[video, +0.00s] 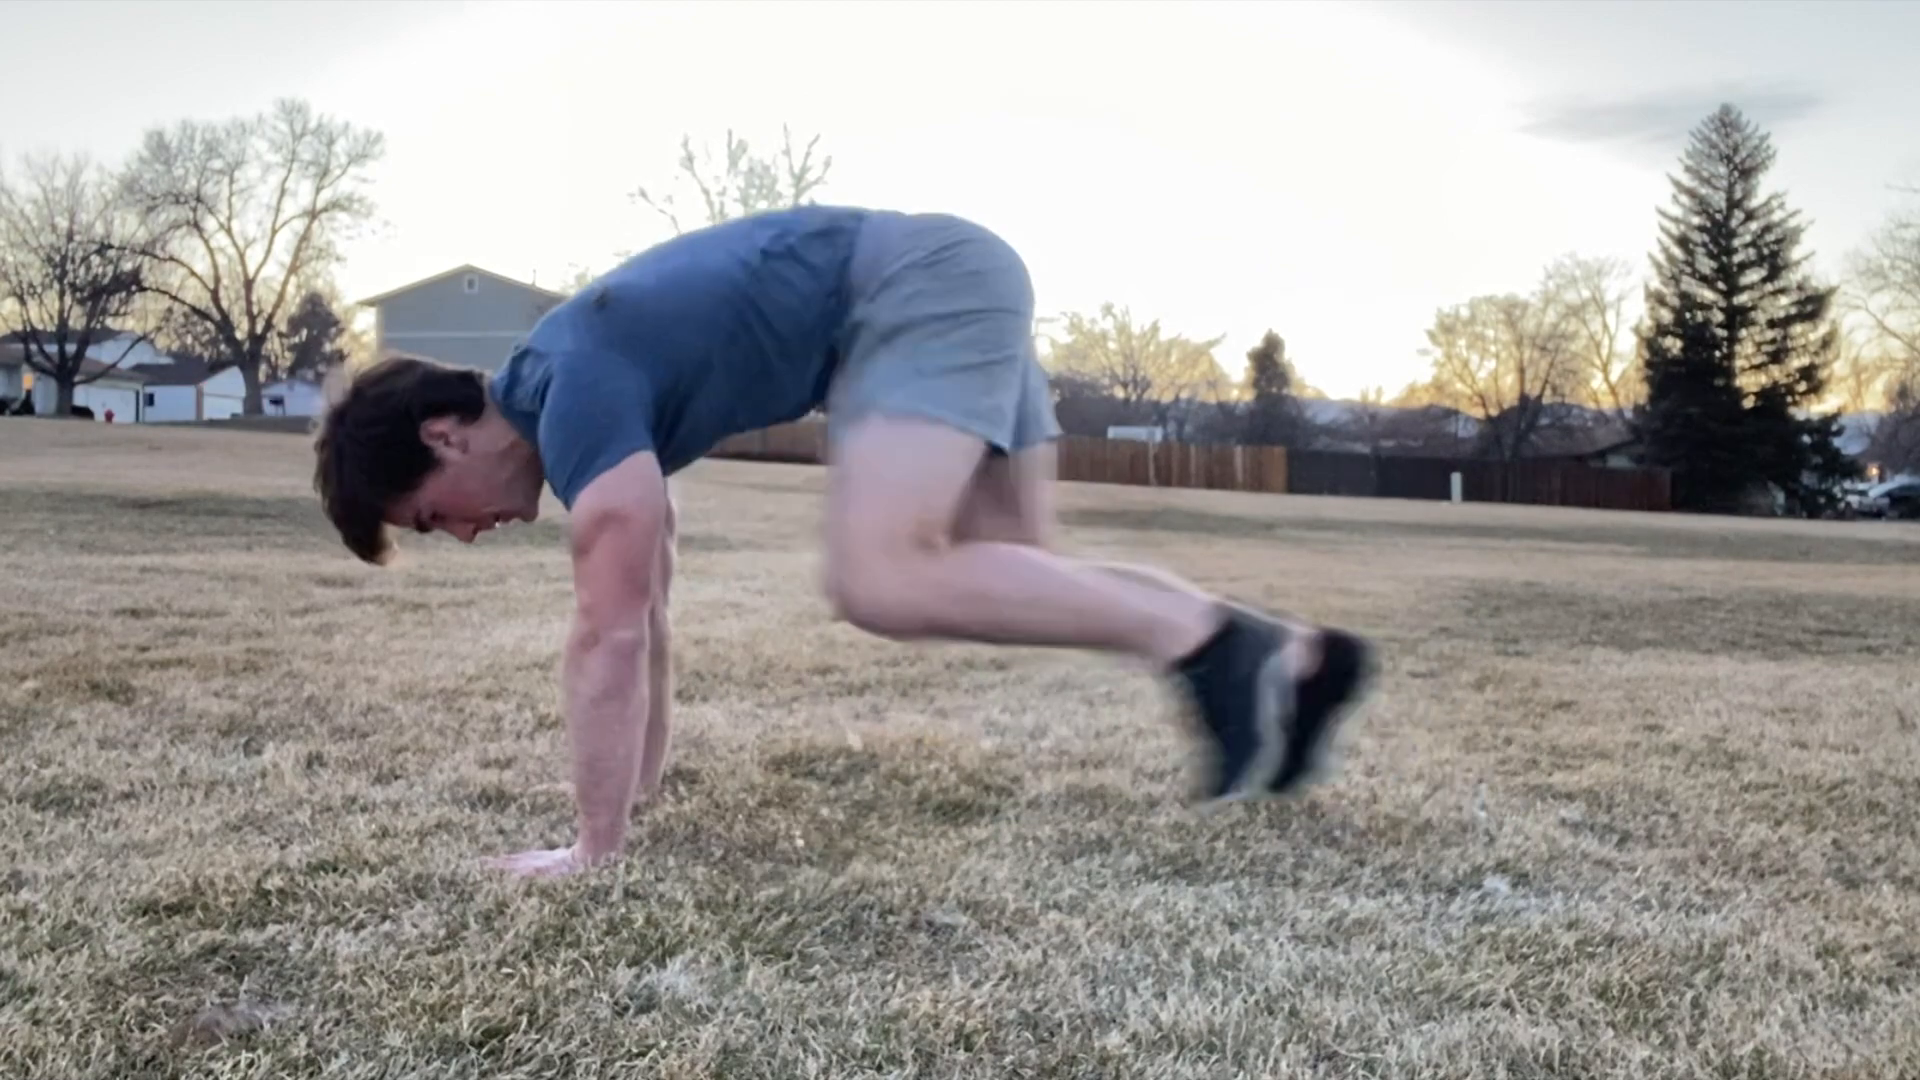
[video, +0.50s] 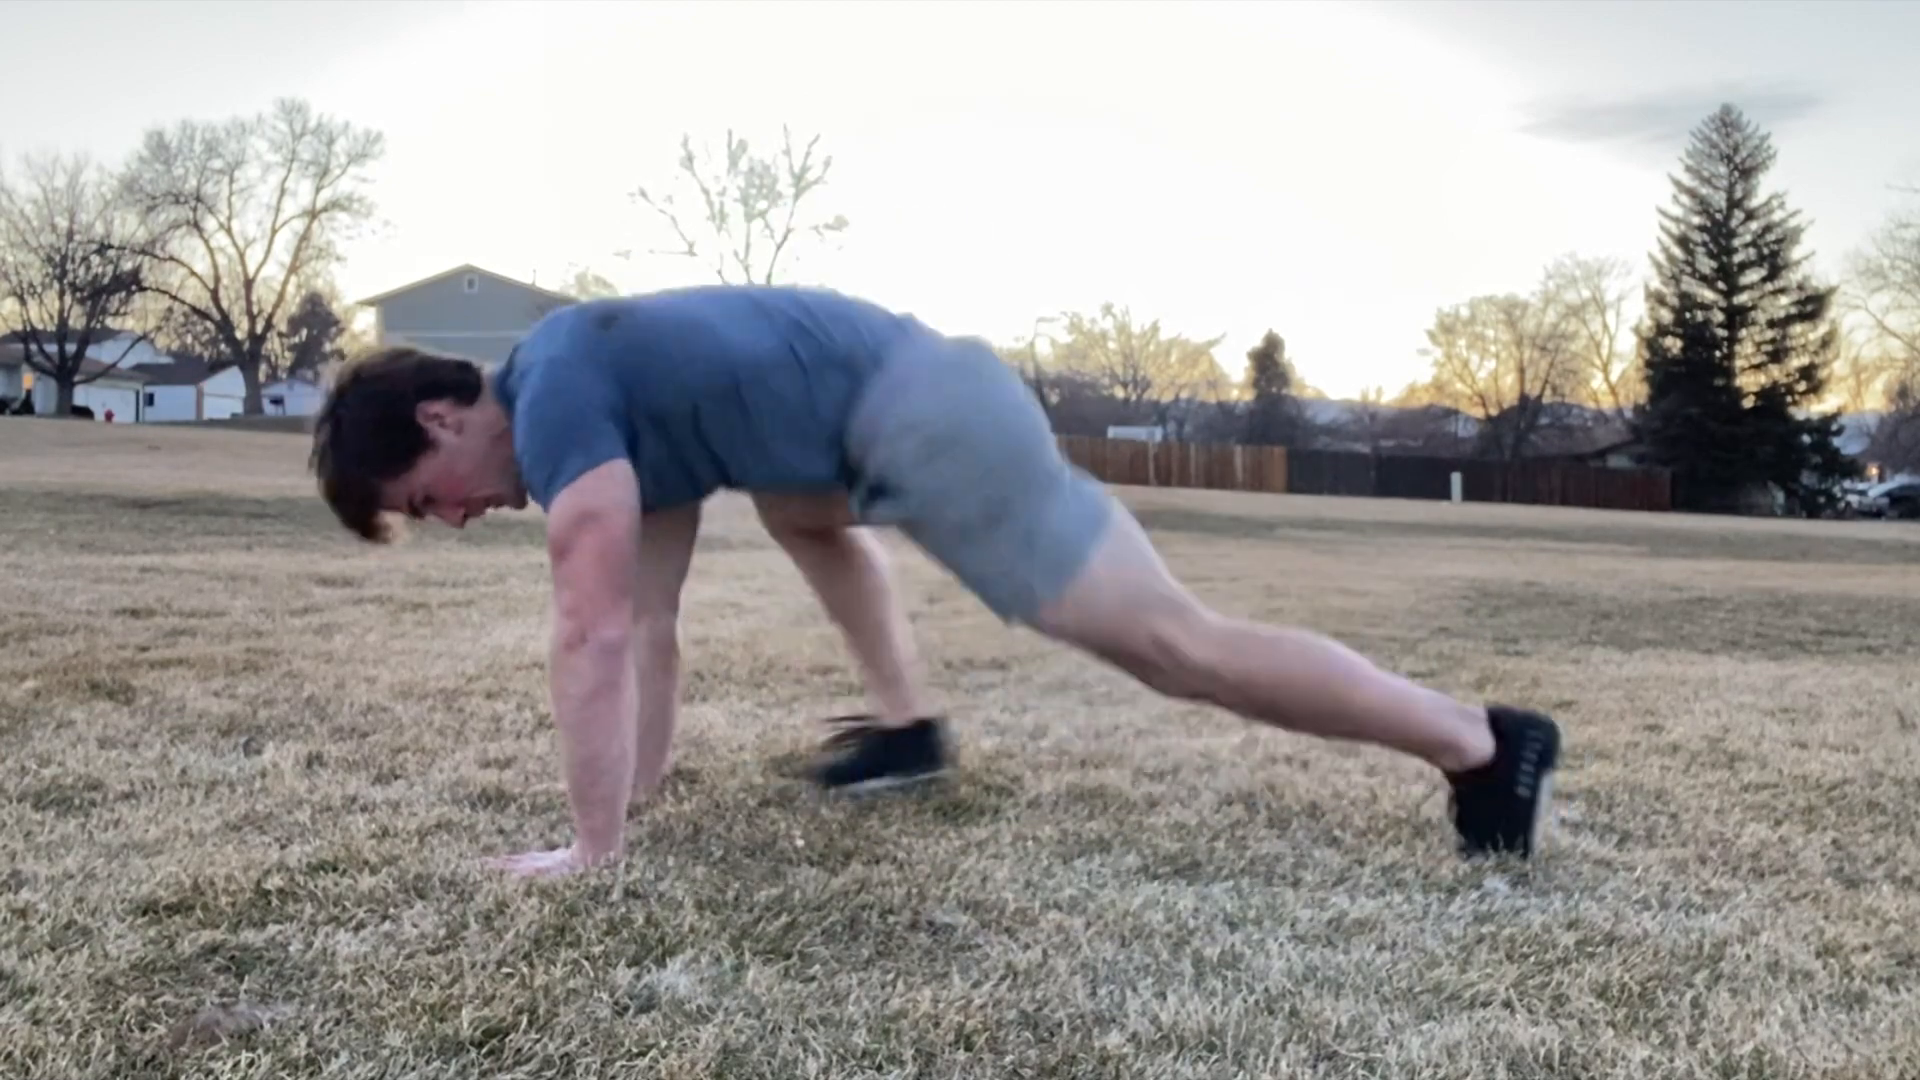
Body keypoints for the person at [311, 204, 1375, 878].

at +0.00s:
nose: (465, 533)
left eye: (437, 514)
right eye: (439, 528)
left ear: (444, 438)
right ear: (457, 426)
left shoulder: (576, 376)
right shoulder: (579, 383)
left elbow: (612, 628)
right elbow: (638, 602)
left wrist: (592, 846)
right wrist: (650, 760)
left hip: (922, 272)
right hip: (954, 283)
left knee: (882, 575)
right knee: (992, 570)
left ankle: (1206, 641)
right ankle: (1285, 657)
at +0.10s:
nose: (462, 530)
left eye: (430, 513)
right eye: (431, 526)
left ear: (439, 439)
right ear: (449, 425)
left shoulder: (565, 375)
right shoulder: (592, 382)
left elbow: (603, 625)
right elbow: (641, 609)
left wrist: (591, 844)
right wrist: (639, 787)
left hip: (926, 303)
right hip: (892, 330)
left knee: (1074, 633)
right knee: (861, 530)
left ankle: (1398, 588)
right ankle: (1084, 664)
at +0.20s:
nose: (441, 509)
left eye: (416, 486)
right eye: (415, 503)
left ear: (433, 406)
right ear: (445, 404)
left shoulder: (557, 378)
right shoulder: (590, 371)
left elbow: (609, 611)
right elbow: (648, 622)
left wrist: (600, 840)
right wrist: (637, 798)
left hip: (927, 408)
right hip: (904, 400)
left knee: (1184, 651)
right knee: (756, 462)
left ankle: (1513, 690)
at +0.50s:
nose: (455, 519)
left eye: (428, 497)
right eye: (428, 513)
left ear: (440, 419)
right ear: (453, 421)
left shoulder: (560, 377)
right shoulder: (613, 390)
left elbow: (601, 610)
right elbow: (646, 625)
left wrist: (598, 844)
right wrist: (643, 797)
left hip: (926, 406)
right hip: (899, 412)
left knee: (1173, 645)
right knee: (784, 494)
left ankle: (1485, 743)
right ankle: (902, 723)